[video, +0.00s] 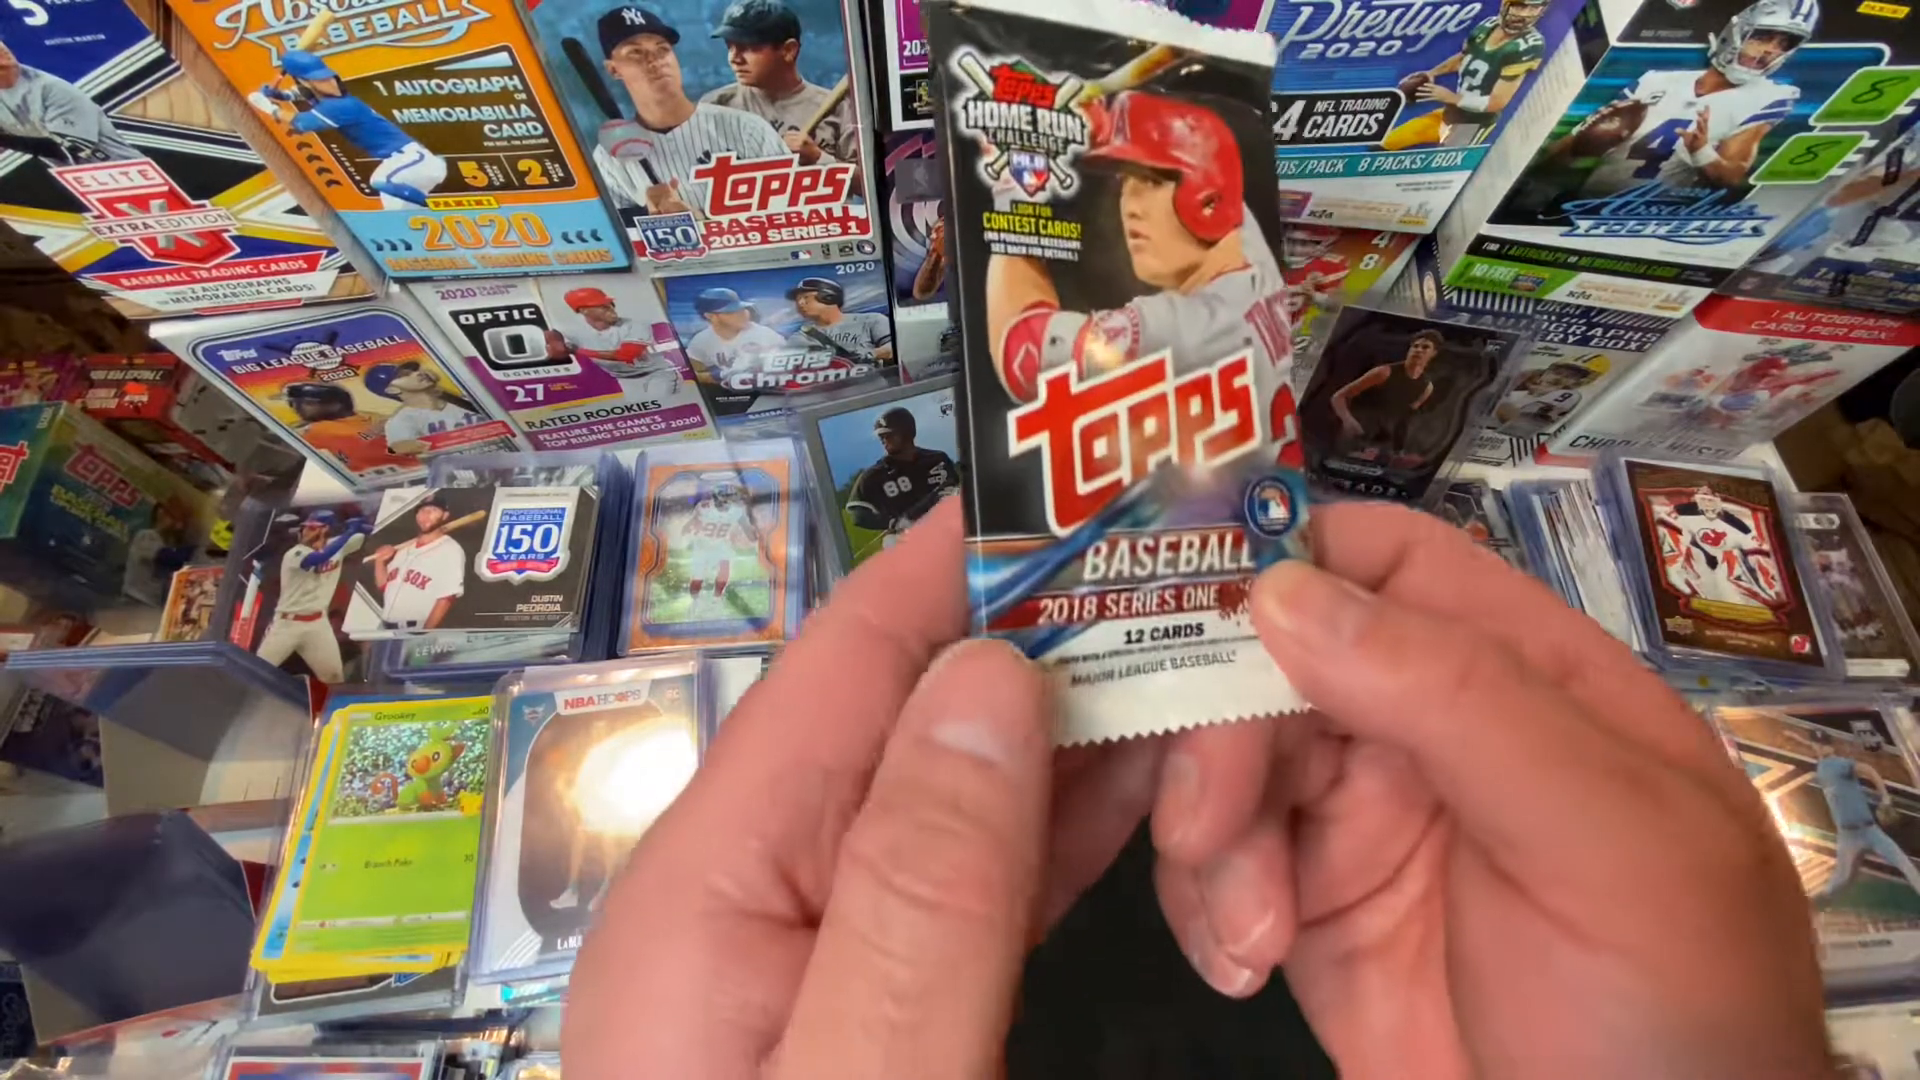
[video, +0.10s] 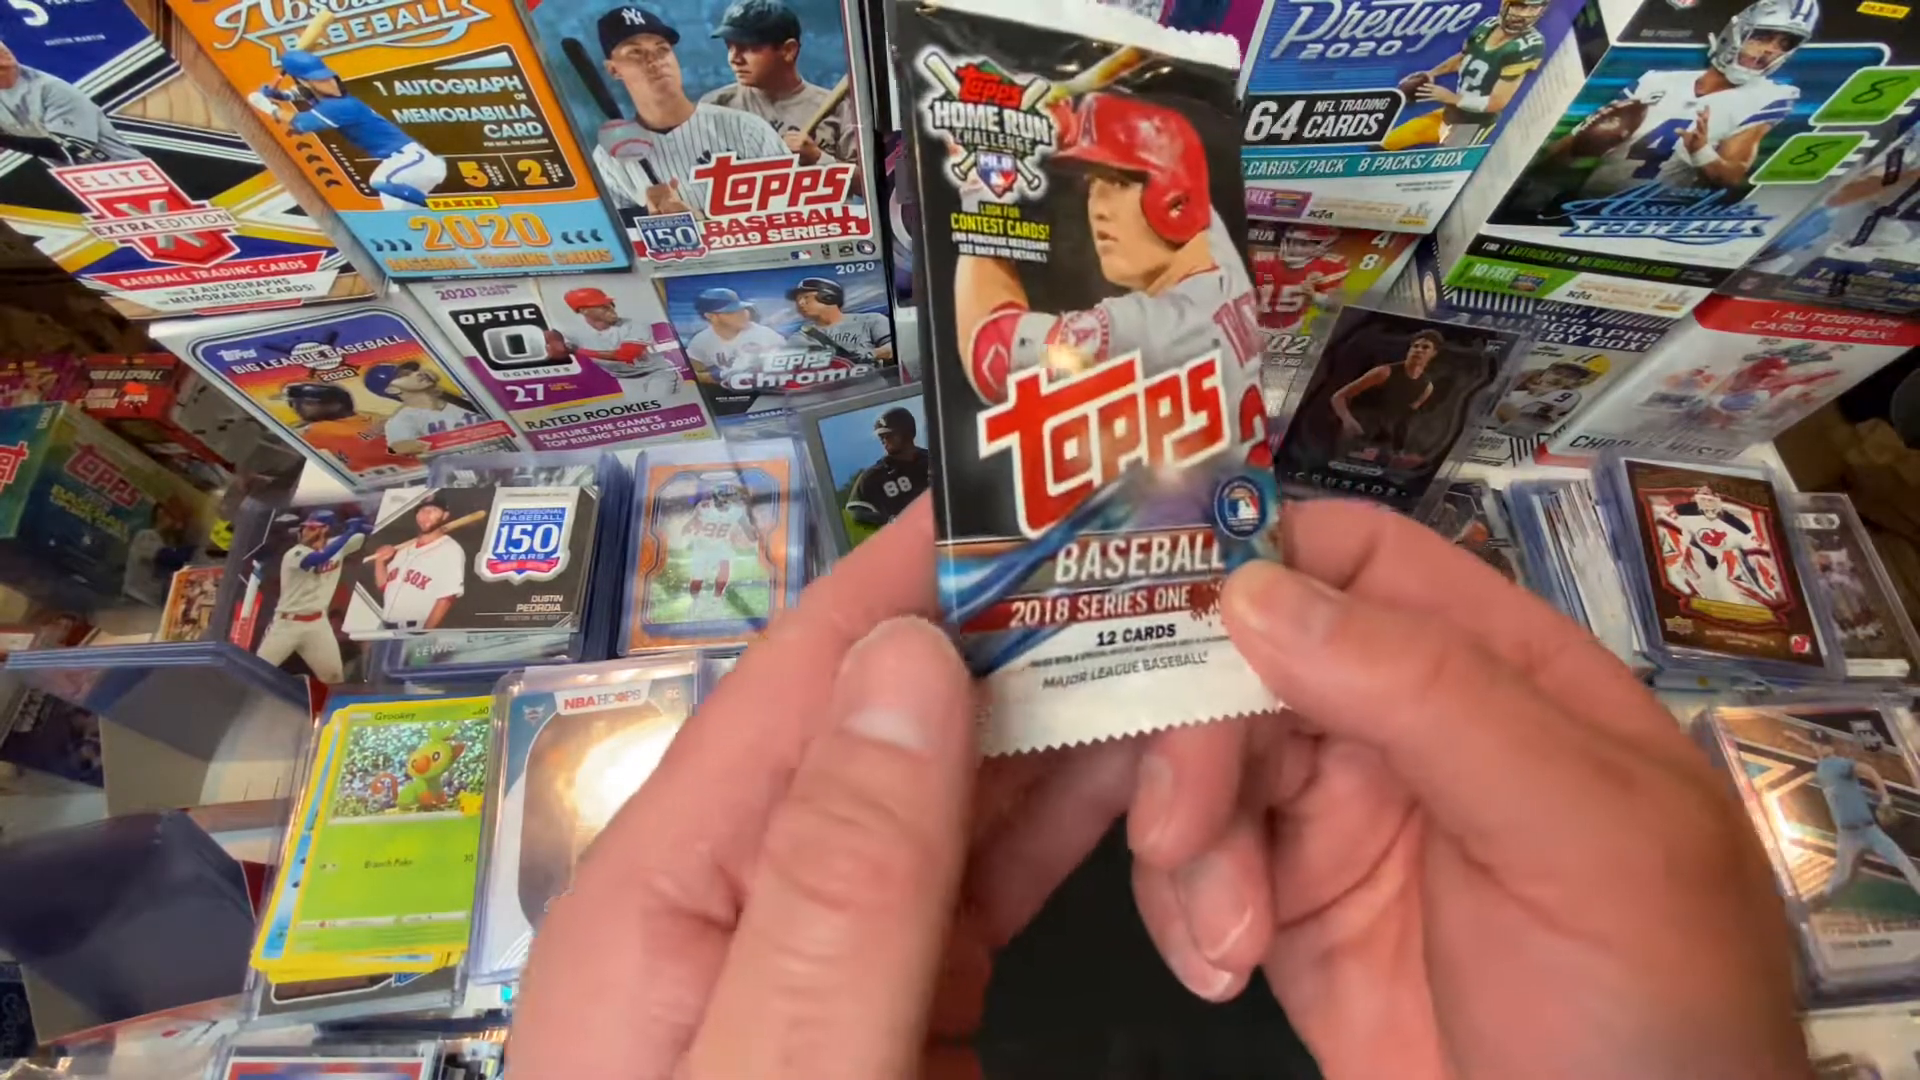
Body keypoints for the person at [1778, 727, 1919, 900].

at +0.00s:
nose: (1823, 751)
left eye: (1825, 746)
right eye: (1819, 748)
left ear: (1831, 746)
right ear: (1815, 750)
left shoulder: (1841, 765)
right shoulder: (1821, 768)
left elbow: (1869, 770)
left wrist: (1885, 797)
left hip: (1869, 829)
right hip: (1846, 834)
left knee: (1903, 862)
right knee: (1842, 876)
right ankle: (1820, 899)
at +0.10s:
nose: (1823, 750)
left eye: (1826, 745)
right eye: (1819, 746)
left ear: (1832, 746)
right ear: (1815, 749)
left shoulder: (1840, 766)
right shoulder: (1824, 767)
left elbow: (1855, 792)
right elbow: (1868, 770)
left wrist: (1882, 800)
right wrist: (1884, 795)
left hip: (1869, 829)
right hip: (1846, 833)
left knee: (1902, 862)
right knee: (1842, 875)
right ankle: (1823, 897)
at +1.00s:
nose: (1823, 749)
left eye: (1825, 744)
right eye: (1818, 746)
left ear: (1831, 745)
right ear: (1813, 748)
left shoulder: (1840, 764)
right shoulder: (1822, 767)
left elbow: (1869, 770)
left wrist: (1885, 797)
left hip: (1871, 829)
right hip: (1847, 834)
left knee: (1903, 863)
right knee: (1843, 876)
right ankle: (1824, 896)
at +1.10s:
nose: (1823, 749)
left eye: (1824, 744)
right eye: (1818, 745)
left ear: (1830, 744)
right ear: (1814, 748)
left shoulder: (1838, 763)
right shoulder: (1822, 767)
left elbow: (1869, 770)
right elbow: (1813, 747)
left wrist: (1885, 796)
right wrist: (1800, 739)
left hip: (1870, 829)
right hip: (1847, 834)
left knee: (1904, 864)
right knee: (1843, 875)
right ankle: (1824, 897)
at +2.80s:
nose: (1822, 749)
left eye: (1824, 744)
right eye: (1818, 745)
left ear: (1830, 745)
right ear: (1814, 748)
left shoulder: (1839, 764)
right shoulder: (1823, 767)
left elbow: (1869, 770)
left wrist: (1885, 797)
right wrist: (1796, 738)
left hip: (1871, 829)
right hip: (1847, 834)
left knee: (1903, 862)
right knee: (1842, 874)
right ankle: (1825, 896)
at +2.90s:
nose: (1823, 749)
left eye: (1825, 744)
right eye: (1819, 745)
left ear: (1831, 745)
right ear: (1814, 748)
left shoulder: (1839, 764)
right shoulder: (1823, 767)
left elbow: (1868, 770)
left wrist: (1884, 797)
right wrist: (1796, 738)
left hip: (1871, 829)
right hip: (1847, 834)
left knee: (1904, 863)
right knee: (1842, 874)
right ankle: (1825, 896)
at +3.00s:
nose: (1823, 749)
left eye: (1825, 744)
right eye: (1819, 745)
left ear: (1831, 745)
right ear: (1814, 748)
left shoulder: (1839, 764)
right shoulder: (1823, 767)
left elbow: (1868, 770)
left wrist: (1884, 797)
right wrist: (1796, 738)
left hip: (1871, 829)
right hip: (1847, 834)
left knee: (1904, 863)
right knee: (1842, 875)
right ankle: (1825, 896)